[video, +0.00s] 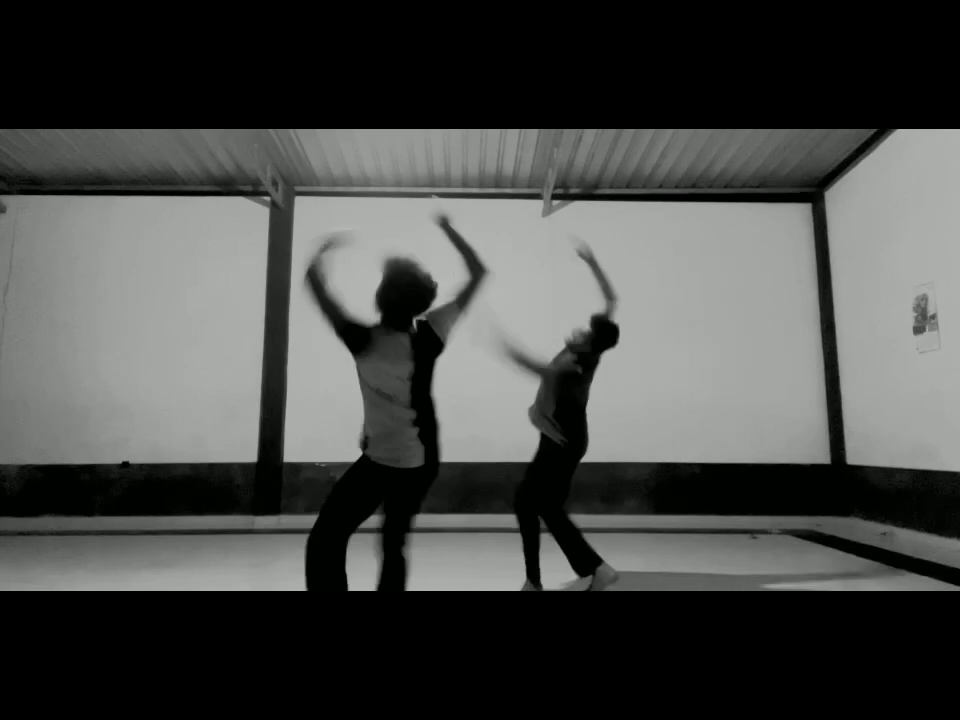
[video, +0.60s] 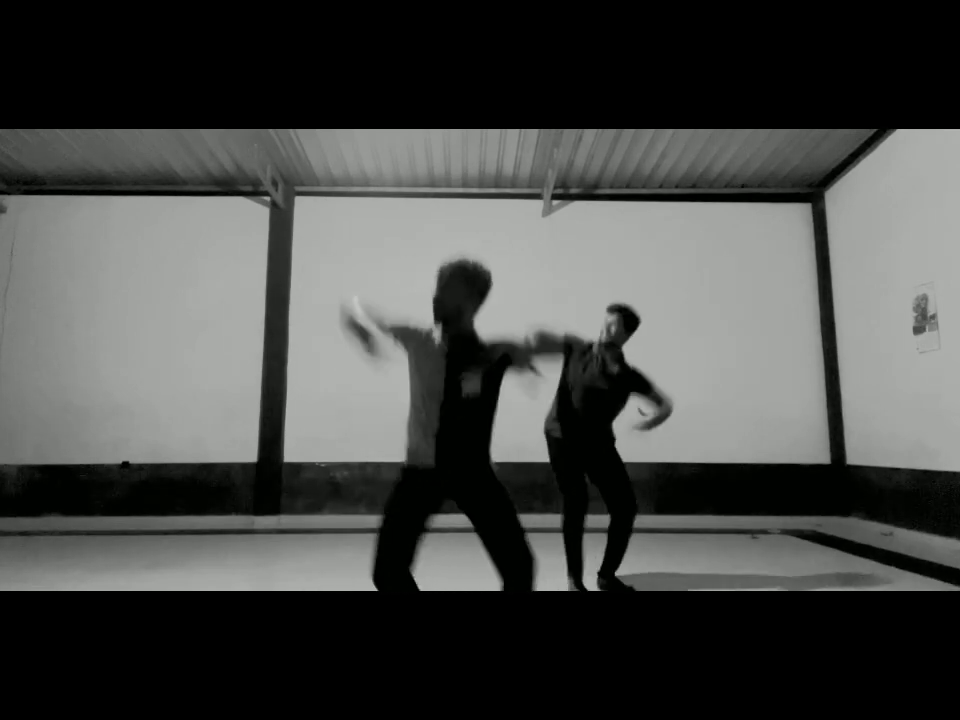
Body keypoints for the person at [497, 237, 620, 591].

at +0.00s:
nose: (578, 330)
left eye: (584, 332)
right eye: (583, 328)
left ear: (589, 344)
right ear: (593, 342)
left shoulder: (566, 367)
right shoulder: (589, 351)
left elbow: (536, 366)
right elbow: (610, 303)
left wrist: (508, 349)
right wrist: (592, 264)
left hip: (559, 444)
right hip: (567, 441)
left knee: (527, 502)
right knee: (547, 505)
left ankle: (531, 582)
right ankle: (594, 569)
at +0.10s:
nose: (574, 316)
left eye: (579, 313)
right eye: (581, 312)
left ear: (577, 323)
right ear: (602, 326)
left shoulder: (552, 348)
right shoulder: (603, 348)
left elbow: (529, 309)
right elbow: (639, 310)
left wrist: (546, 279)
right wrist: (618, 276)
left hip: (550, 439)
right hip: (585, 439)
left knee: (522, 497)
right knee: (577, 506)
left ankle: (532, 574)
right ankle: (595, 577)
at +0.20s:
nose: (595, 313)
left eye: (589, 309)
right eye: (594, 310)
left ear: (569, 311)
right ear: (594, 316)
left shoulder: (553, 331)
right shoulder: (602, 346)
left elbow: (566, 305)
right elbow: (649, 330)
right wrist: (643, 292)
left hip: (547, 424)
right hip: (583, 430)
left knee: (549, 494)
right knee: (587, 503)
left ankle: (547, 568)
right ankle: (581, 578)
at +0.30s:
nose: (604, 314)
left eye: (602, 308)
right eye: (600, 309)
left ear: (578, 313)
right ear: (590, 313)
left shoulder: (574, 336)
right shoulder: (593, 344)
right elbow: (640, 366)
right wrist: (660, 330)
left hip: (550, 422)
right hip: (562, 426)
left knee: (592, 492)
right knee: (596, 495)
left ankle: (581, 562)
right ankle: (568, 574)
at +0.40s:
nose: (602, 334)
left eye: (607, 329)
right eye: (597, 329)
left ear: (613, 332)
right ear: (587, 331)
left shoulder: (608, 366)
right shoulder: (582, 362)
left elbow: (625, 413)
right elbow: (614, 400)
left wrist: (663, 398)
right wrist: (654, 385)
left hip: (578, 439)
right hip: (556, 439)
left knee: (617, 502)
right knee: (595, 504)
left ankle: (607, 576)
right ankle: (574, 576)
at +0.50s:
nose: (607, 343)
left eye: (614, 339)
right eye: (603, 337)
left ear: (622, 346)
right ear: (596, 339)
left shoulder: (621, 387)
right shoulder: (576, 367)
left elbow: (635, 434)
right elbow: (554, 389)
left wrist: (643, 427)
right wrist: (595, 408)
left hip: (595, 449)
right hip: (563, 447)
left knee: (629, 511)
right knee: (590, 507)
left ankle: (608, 578)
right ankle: (574, 581)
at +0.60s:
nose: (609, 331)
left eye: (617, 329)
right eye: (608, 324)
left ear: (626, 336)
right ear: (602, 324)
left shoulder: (627, 376)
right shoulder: (575, 349)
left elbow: (665, 406)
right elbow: (539, 339)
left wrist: (652, 420)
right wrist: (530, 350)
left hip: (598, 443)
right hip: (563, 438)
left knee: (625, 507)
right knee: (575, 502)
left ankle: (607, 576)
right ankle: (574, 579)